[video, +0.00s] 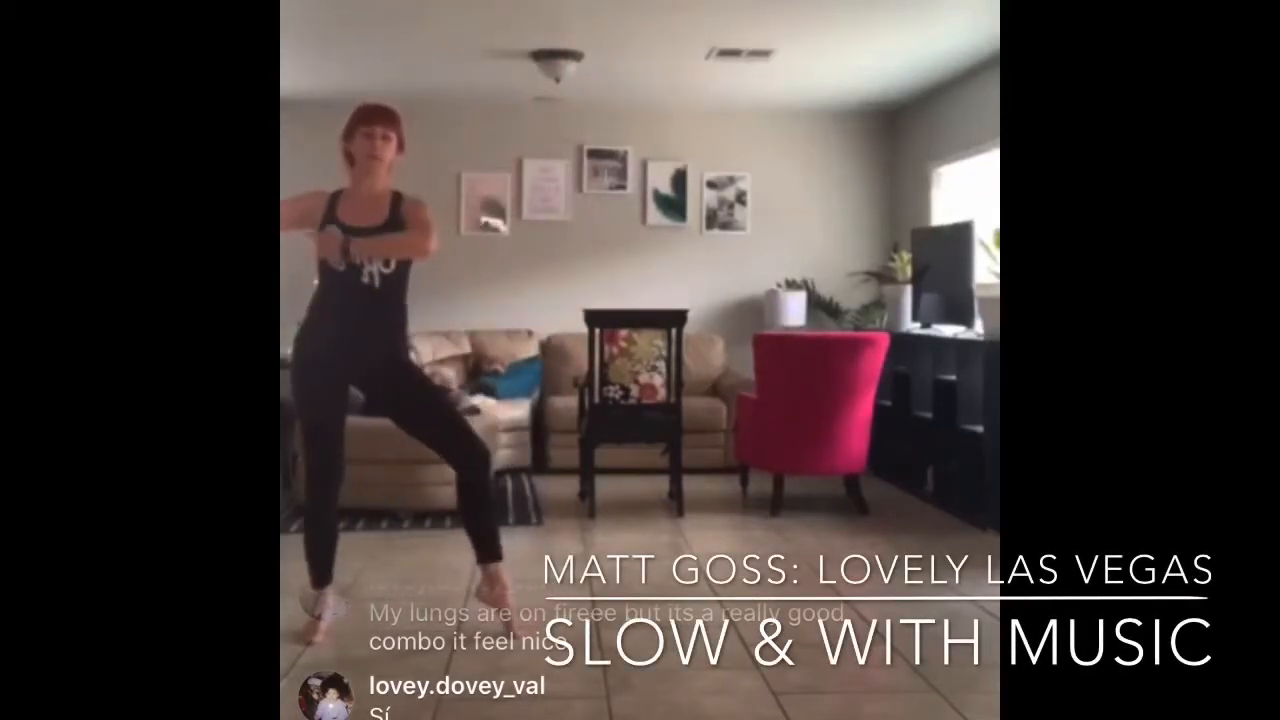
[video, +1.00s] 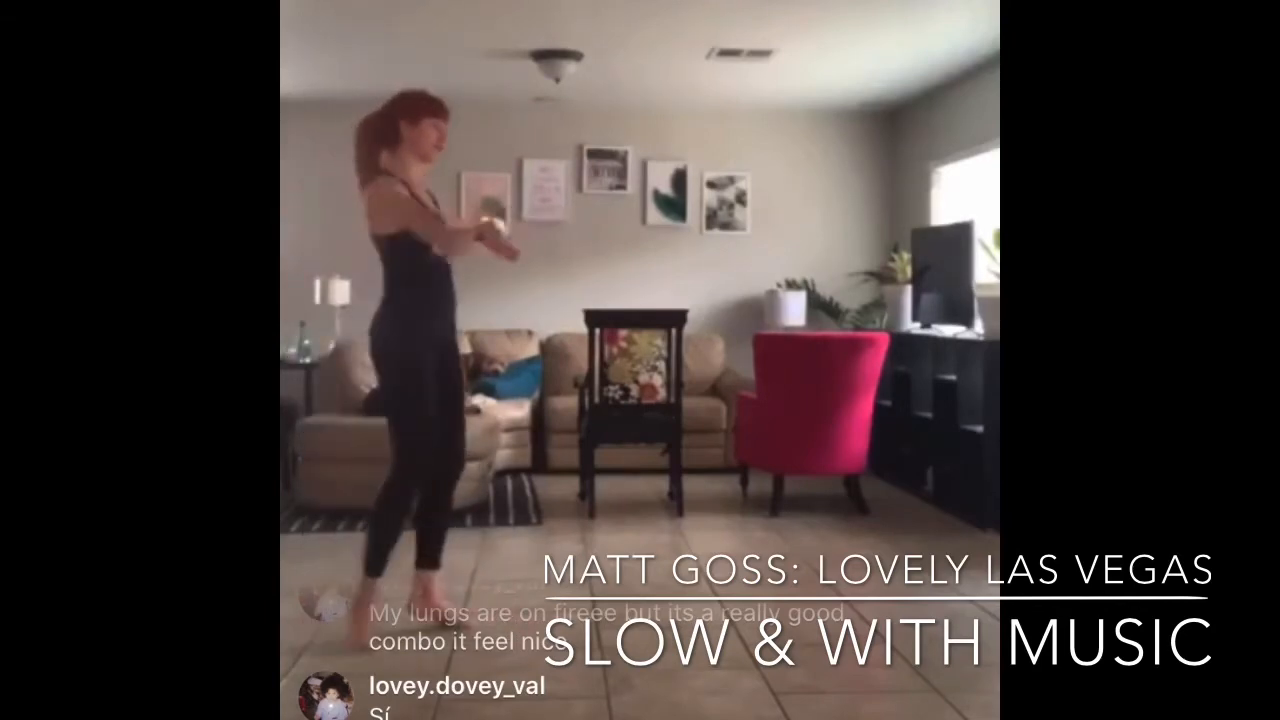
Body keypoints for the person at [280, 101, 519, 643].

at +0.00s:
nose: (375, 144)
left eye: (384, 138)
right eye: (366, 136)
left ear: (398, 151)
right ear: (346, 146)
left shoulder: (410, 209)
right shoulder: (321, 205)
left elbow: (424, 246)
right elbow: (280, 218)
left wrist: (351, 245)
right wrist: (314, 232)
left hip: (383, 359)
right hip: (320, 356)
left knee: (472, 455)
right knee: (323, 473)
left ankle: (492, 579)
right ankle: (321, 594)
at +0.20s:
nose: (373, 144)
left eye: (383, 138)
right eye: (364, 136)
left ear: (396, 151)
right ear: (345, 146)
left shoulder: (407, 208)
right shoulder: (318, 205)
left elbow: (413, 244)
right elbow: (279, 220)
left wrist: (336, 248)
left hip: (380, 357)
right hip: (317, 355)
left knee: (467, 457)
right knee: (322, 473)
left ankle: (491, 580)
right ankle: (321, 594)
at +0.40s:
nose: (380, 143)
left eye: (388, 139)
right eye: (370, 134)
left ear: (395, 151)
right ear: (344, 140)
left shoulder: (399, 206)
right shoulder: (311, 201)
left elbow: (418, 239)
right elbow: (277, 219)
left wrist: (392, 248)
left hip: (378, 353)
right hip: (316, 352)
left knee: (450, 460)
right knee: (323, 473)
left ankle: (483, 583)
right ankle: (323, 592)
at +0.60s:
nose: (389, 143)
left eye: (395, 138)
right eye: (380, 131)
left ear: (396, 149)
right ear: (348, 134)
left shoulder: (399, 204)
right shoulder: (308, 200)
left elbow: (480, 218)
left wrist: (556, 222)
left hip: (384, 352)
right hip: (324, 353)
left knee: (440, 464)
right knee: (328, 479)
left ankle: (480, 583)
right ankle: (324, 594)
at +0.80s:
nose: (411, 140)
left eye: (415, 133)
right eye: (403, 129)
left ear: (412, 141)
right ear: (371, 130)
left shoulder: (416, 195)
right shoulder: (337, 192)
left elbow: (481, 218)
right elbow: (287, 233)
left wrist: (551, 221)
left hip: (408, 349)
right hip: (354, 349)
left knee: (452, 459)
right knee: (347, 471)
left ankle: (430, 587)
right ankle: (326, 590)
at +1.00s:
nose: (441, 138)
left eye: (444, 131)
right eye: (433, 127)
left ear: (431, 137)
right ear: (403, 128)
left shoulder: (426, 192)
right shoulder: (384, 190)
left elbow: (449, 240)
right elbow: (441, 240)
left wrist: (480, 237)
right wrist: (482, 229)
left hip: (440, 338)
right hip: (404, 338)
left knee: (449, 461)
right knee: (412, 463)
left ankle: (427, 588)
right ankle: (366, 595)